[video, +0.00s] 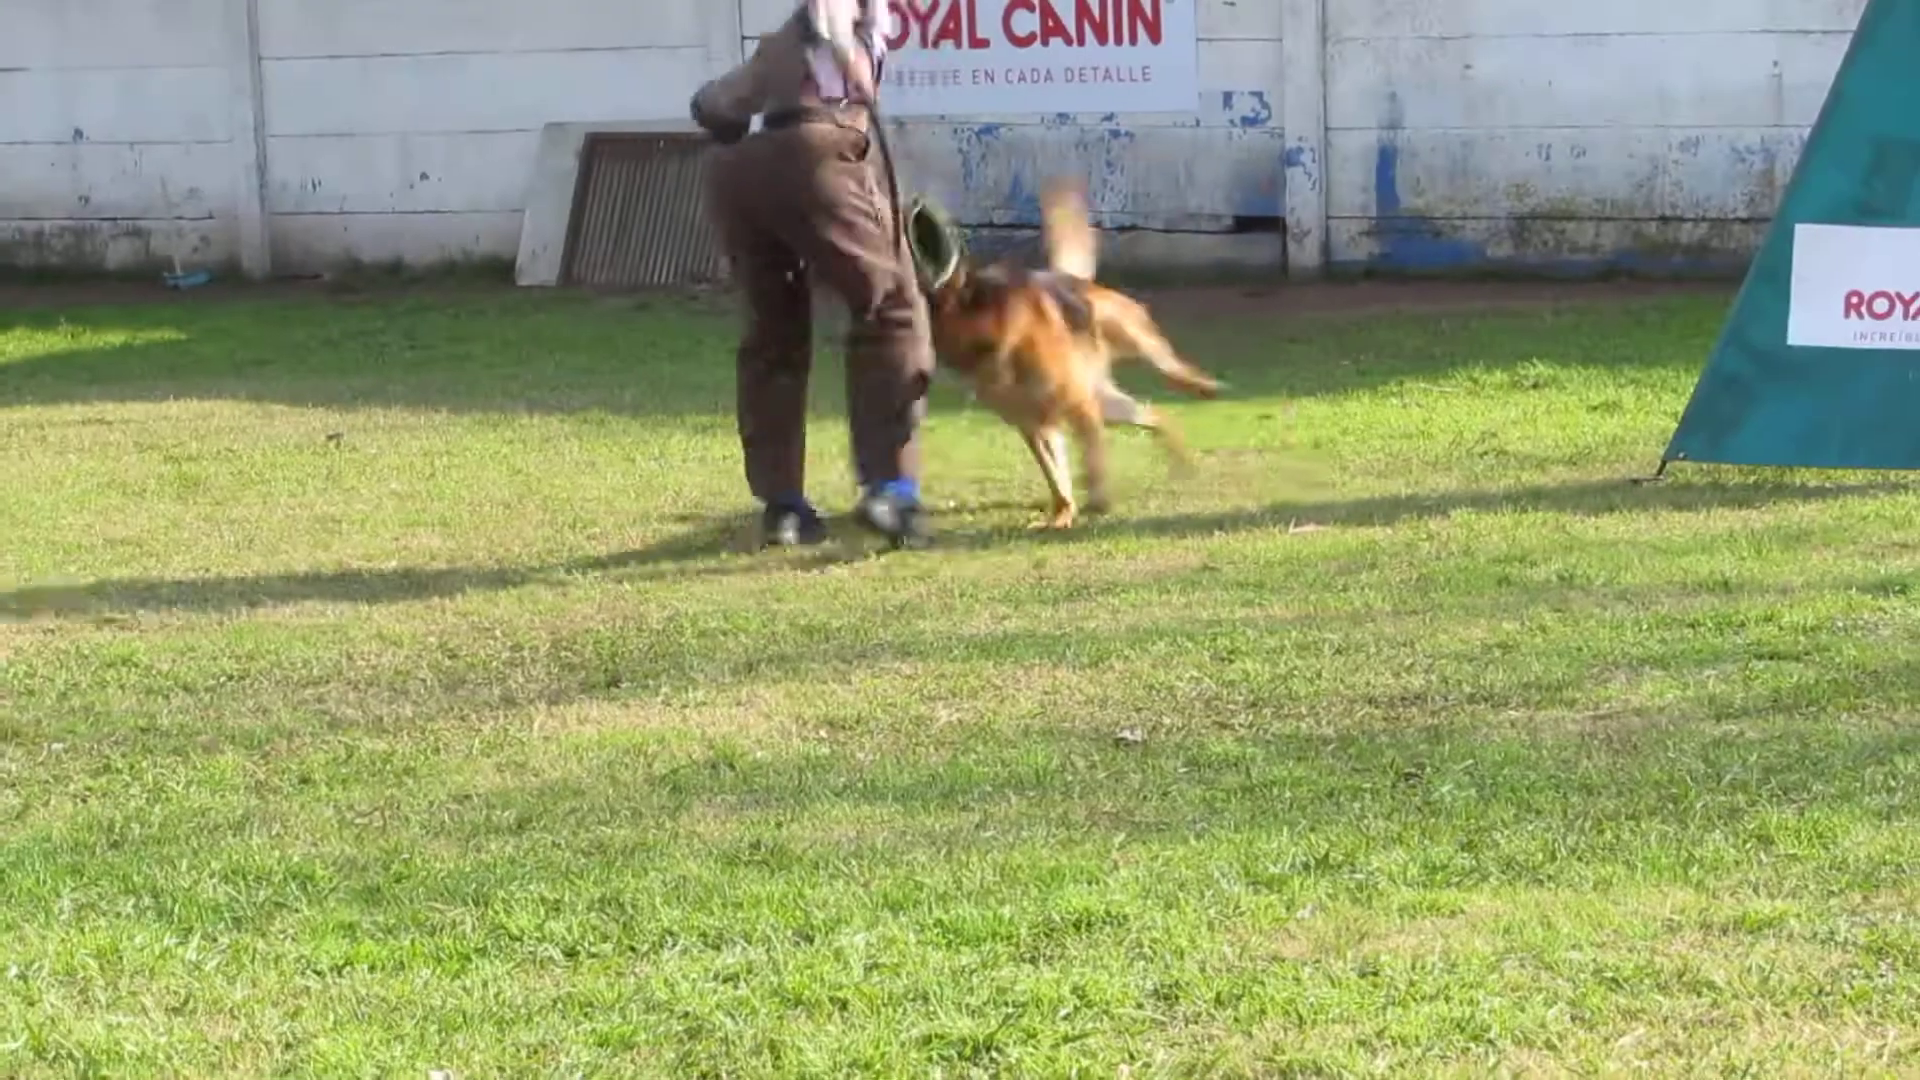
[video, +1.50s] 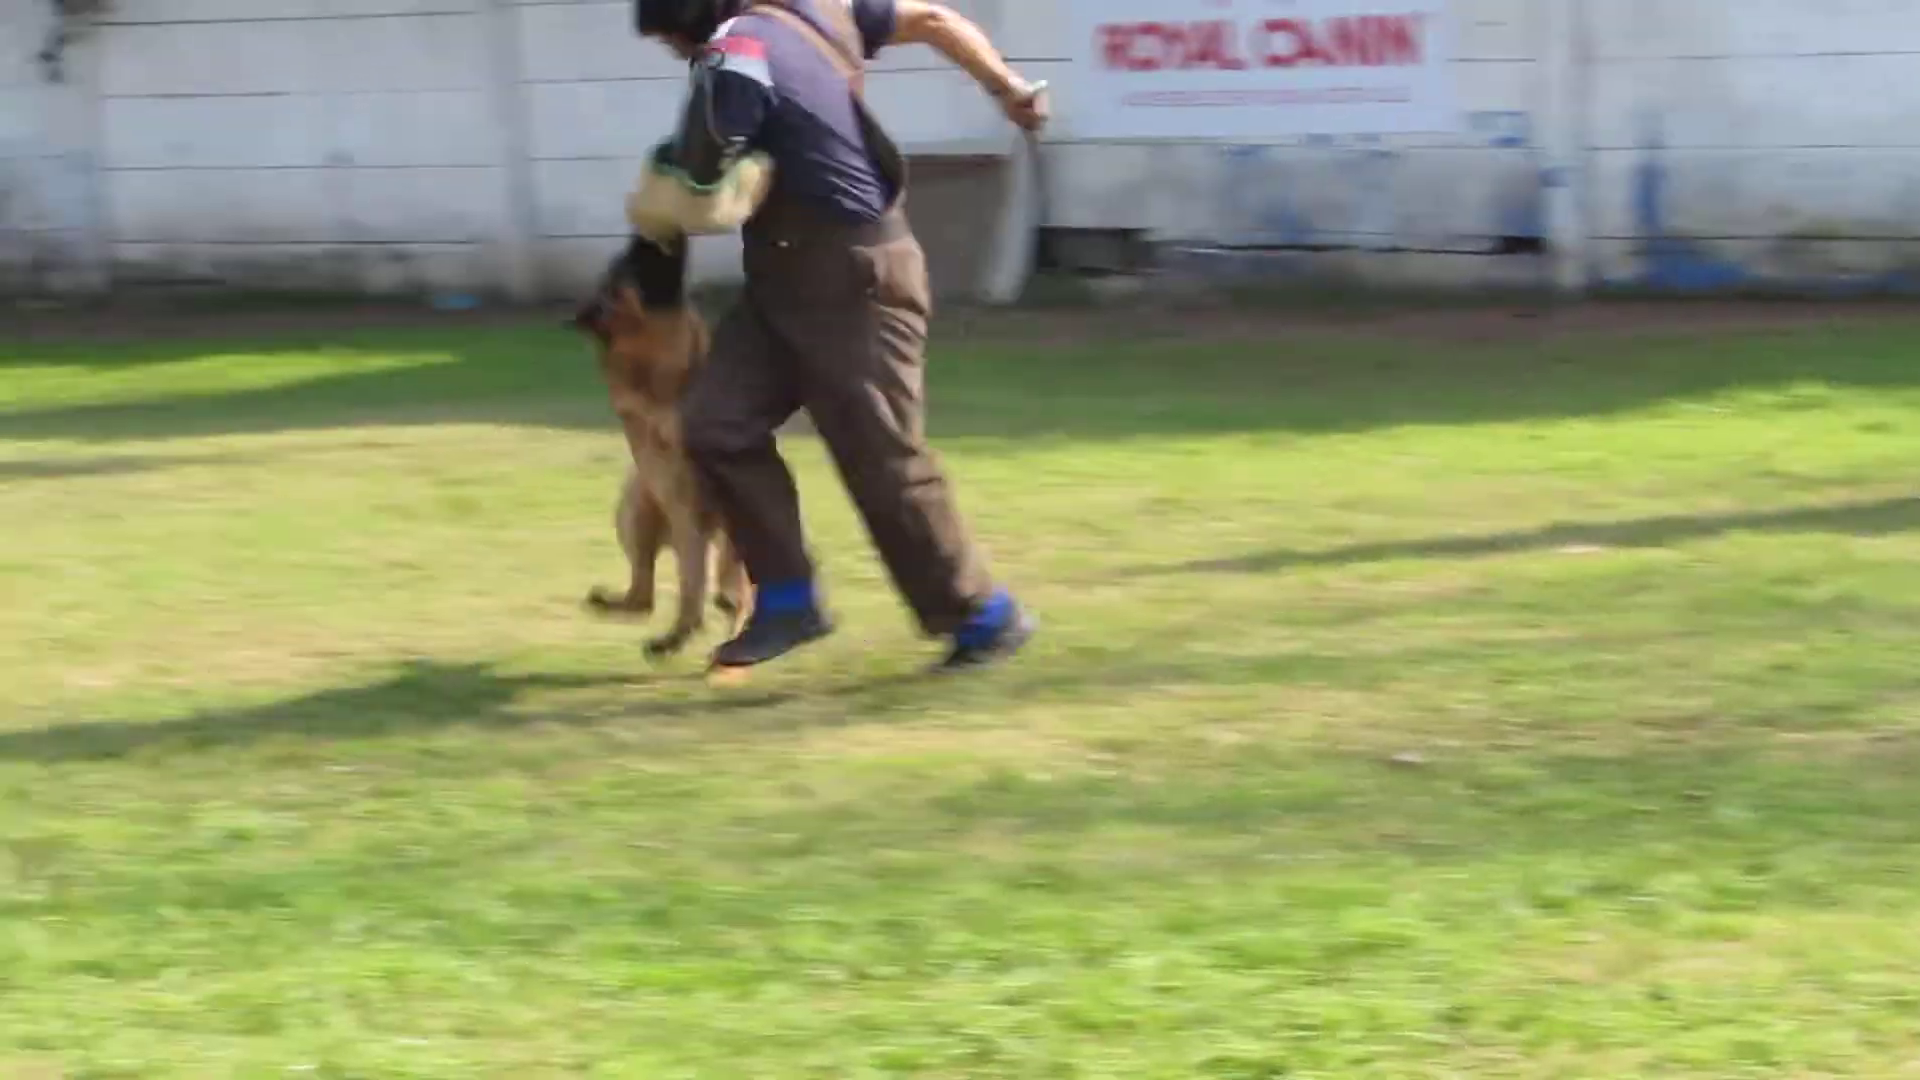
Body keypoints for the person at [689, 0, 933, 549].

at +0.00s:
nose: (891, 19)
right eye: (883, 17)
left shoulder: (778, 47)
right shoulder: (861, 16)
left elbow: (710, 102)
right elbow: (826, 9)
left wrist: (738, 129)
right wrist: (847, 50)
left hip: (738, 161)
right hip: (820, 148)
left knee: (773, 332)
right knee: (890, 311)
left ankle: (783, 505)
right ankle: (890, 488)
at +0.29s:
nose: (976, 17)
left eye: (975, 14)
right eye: (975, 13)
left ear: (901, 6)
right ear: (962, 6)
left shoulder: (859, 40)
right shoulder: (960, 30)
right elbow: (1023, 123)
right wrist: (1084, 160)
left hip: (792, 207)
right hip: (875, 206)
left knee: (822, 353)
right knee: (969, 351)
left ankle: (811, 526)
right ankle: (972, 529)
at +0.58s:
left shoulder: (872, 28)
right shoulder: (1020, 23)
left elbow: (852, 138)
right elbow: (1081, 148)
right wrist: (1057, 192)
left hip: (925, 234)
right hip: (1023, 225)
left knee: (861, 386)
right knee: (1033, 387)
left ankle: (922, 481)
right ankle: (1095, 538)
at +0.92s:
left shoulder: (702, 14)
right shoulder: (831, 5)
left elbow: (670, 108)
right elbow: (930, 30)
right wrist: (980, 129)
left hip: (822, 224)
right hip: (866, 208)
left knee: (830, 419)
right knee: (754, 391)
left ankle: (950, 556)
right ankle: (887, 520)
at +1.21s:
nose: (552, 14)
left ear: (567, 3)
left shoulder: (600, 37)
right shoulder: (659, 23)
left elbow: (559, 173)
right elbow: (620, 146)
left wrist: (500, 156)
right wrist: (534, 92)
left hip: (708, 258)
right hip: (743, 246)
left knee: (626, 427)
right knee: (691, 436)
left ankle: (779, 519)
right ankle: (748, 599)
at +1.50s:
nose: (670, 52)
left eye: (667, 39)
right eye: (661, 41)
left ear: (691, 18)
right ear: (722, 2)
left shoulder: (734, 57)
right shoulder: (815, 11)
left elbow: (713, 199)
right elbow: (936, 18)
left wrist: (650, 193)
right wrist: (1009, 85)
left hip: (856, 274)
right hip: (793, 279)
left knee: (886, 459)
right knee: (719, 426)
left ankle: (982, 615)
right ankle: (787, 602)